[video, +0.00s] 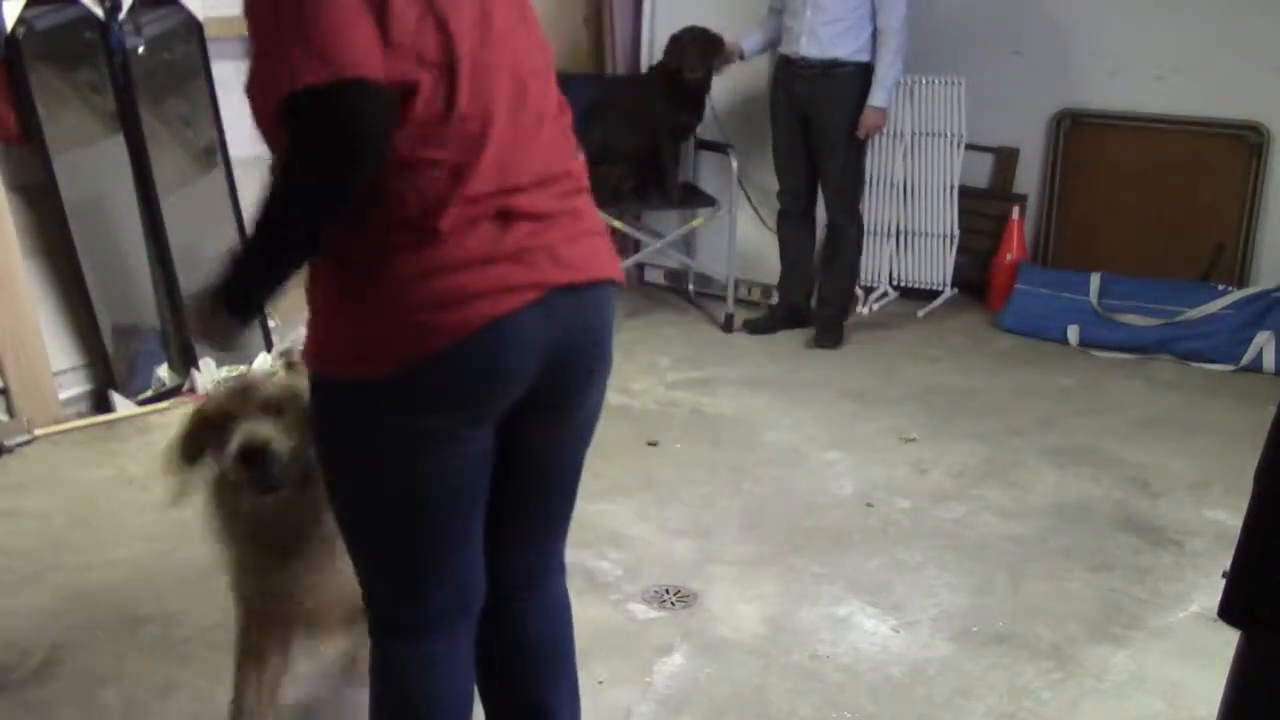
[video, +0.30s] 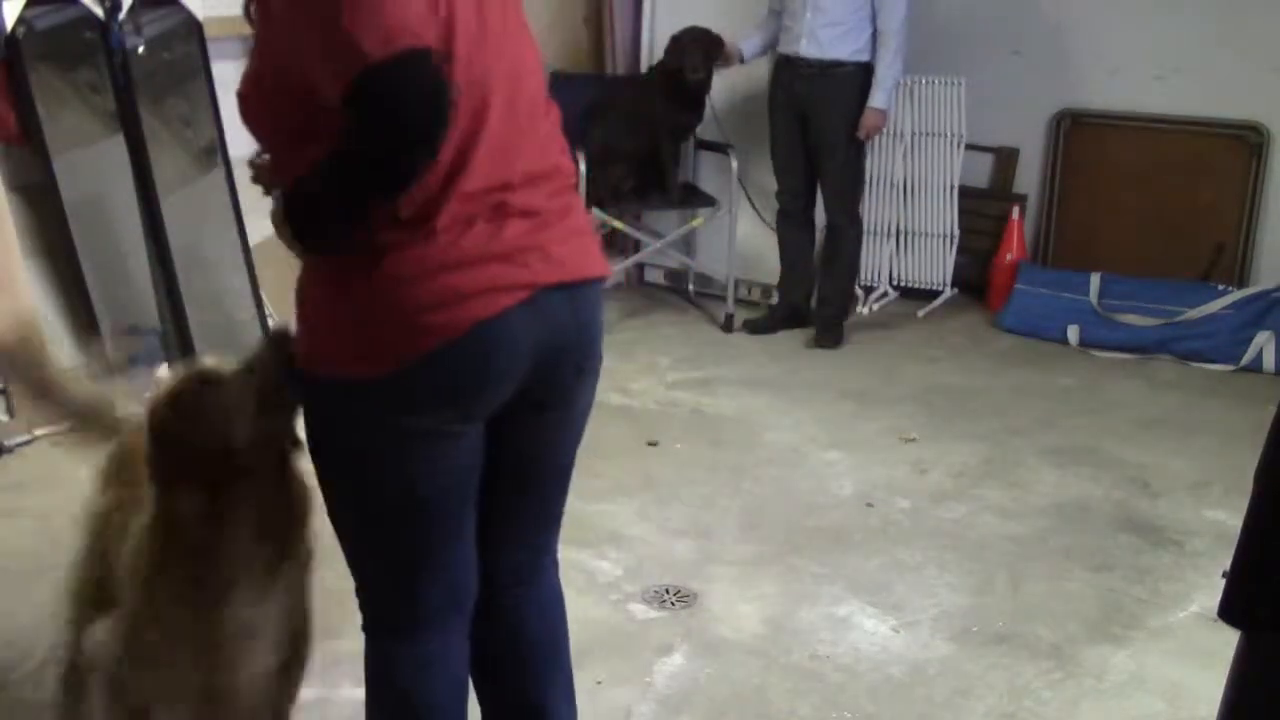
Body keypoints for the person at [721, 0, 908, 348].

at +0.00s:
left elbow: (892, 29)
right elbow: (780, 19)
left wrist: (878, 101)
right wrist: (740, 48)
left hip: (844, 80)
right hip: (789, 77)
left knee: (842, 209)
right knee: (793, 203)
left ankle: (831, 317)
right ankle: (792, 306)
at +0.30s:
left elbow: (891, 31)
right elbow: (777, 20)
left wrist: (878, 103)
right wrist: (738, 50)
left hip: (843, 79)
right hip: (788, 76)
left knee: (841, 208)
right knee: (792, 202)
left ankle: (831, 317)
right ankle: (792, 305)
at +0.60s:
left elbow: (892, 31)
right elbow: (778, 19)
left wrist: (878, 104)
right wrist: (740, 51)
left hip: (844, 80)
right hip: (788, 76)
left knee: (839, 208)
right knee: (791, 201)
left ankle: (831, 317)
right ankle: (792, 305)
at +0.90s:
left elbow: (889, 29)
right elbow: (777, 17)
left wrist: (860, 99)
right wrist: (741, 49)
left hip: (840, 82)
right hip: (786, 76)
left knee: (840, 208)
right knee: (791, 202)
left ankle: (830, 315)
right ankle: (792, 305)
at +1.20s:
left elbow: (885, 34)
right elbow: (769, 11)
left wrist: (845, 92)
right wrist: (754, 62)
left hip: (842, 82)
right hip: (787, 76)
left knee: (839, 208)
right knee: (791, 203)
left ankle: (831, 315)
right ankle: (792, 306)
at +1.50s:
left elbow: (884, 23)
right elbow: (763, 11)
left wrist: (821, 66)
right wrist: (767, 68)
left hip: (844, 78)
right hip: (787, 75)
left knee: (839, 206)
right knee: (791, 203)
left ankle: (831, 313)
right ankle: (792, 305)